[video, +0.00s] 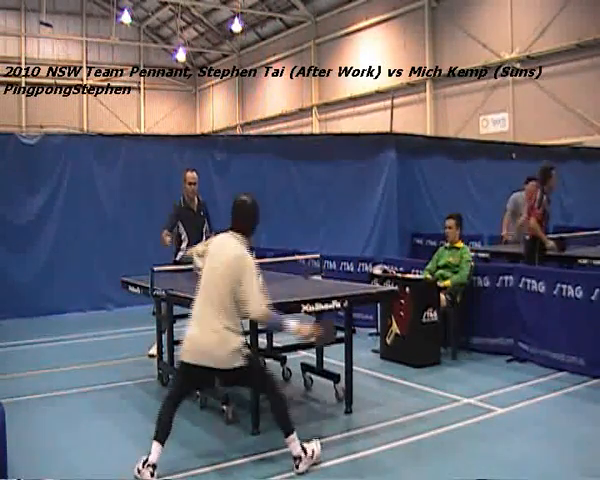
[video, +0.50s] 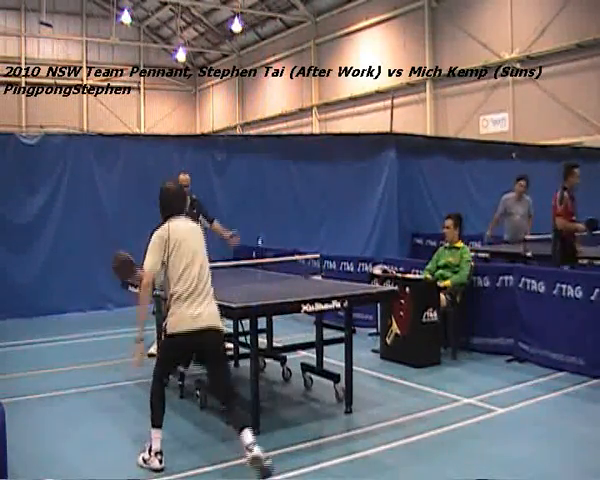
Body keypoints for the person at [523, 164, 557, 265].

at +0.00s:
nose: (555, 182)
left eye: (554, 178)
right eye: (553, 177)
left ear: (542, 177)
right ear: (549, 178)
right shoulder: (540, 194)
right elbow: (533, 222)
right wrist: (546, 241)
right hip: (534, 239)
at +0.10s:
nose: (558, 182)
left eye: (558, 178)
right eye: (556, 178)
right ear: (551, 180)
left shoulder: (549, 198)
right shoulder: (542, 197)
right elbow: (539, 225)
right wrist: (554, 240)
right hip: (538, 243)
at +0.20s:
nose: (564, 185)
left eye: (564, 181)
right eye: (562, 181)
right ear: (554, 181)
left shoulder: (554, 199)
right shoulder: (546, 198)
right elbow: (548, 227)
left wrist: (563, 238)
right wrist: (563, 238)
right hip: (543, 243)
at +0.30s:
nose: (568, 184)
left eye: (568, 181)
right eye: (565, 180)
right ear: (558, 181)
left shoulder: (558, 198)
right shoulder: (550, 198)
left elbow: (556, 226)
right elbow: (552, 228)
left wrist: (569, 234)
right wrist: (568, 235)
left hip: (554, 245)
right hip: (548, 246)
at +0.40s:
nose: (573, 181)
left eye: (574, 178)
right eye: (572, 178)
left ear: (569, 179)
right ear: (565, 178)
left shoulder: (565, 196)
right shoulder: (557, 196)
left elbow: (565, 222)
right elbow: (557, 225)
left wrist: (572, 231)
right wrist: (574, 229)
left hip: (564, 240)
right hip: (556, 241)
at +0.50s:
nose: (578, 180)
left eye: (578, 176)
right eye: (576, 176)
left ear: (573, 177)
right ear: (569, 177)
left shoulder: (570, 195)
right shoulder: (561, 195)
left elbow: (570, 220)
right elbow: (560, 222)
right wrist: (578, 227)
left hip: (569, 241)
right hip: (562, 241)